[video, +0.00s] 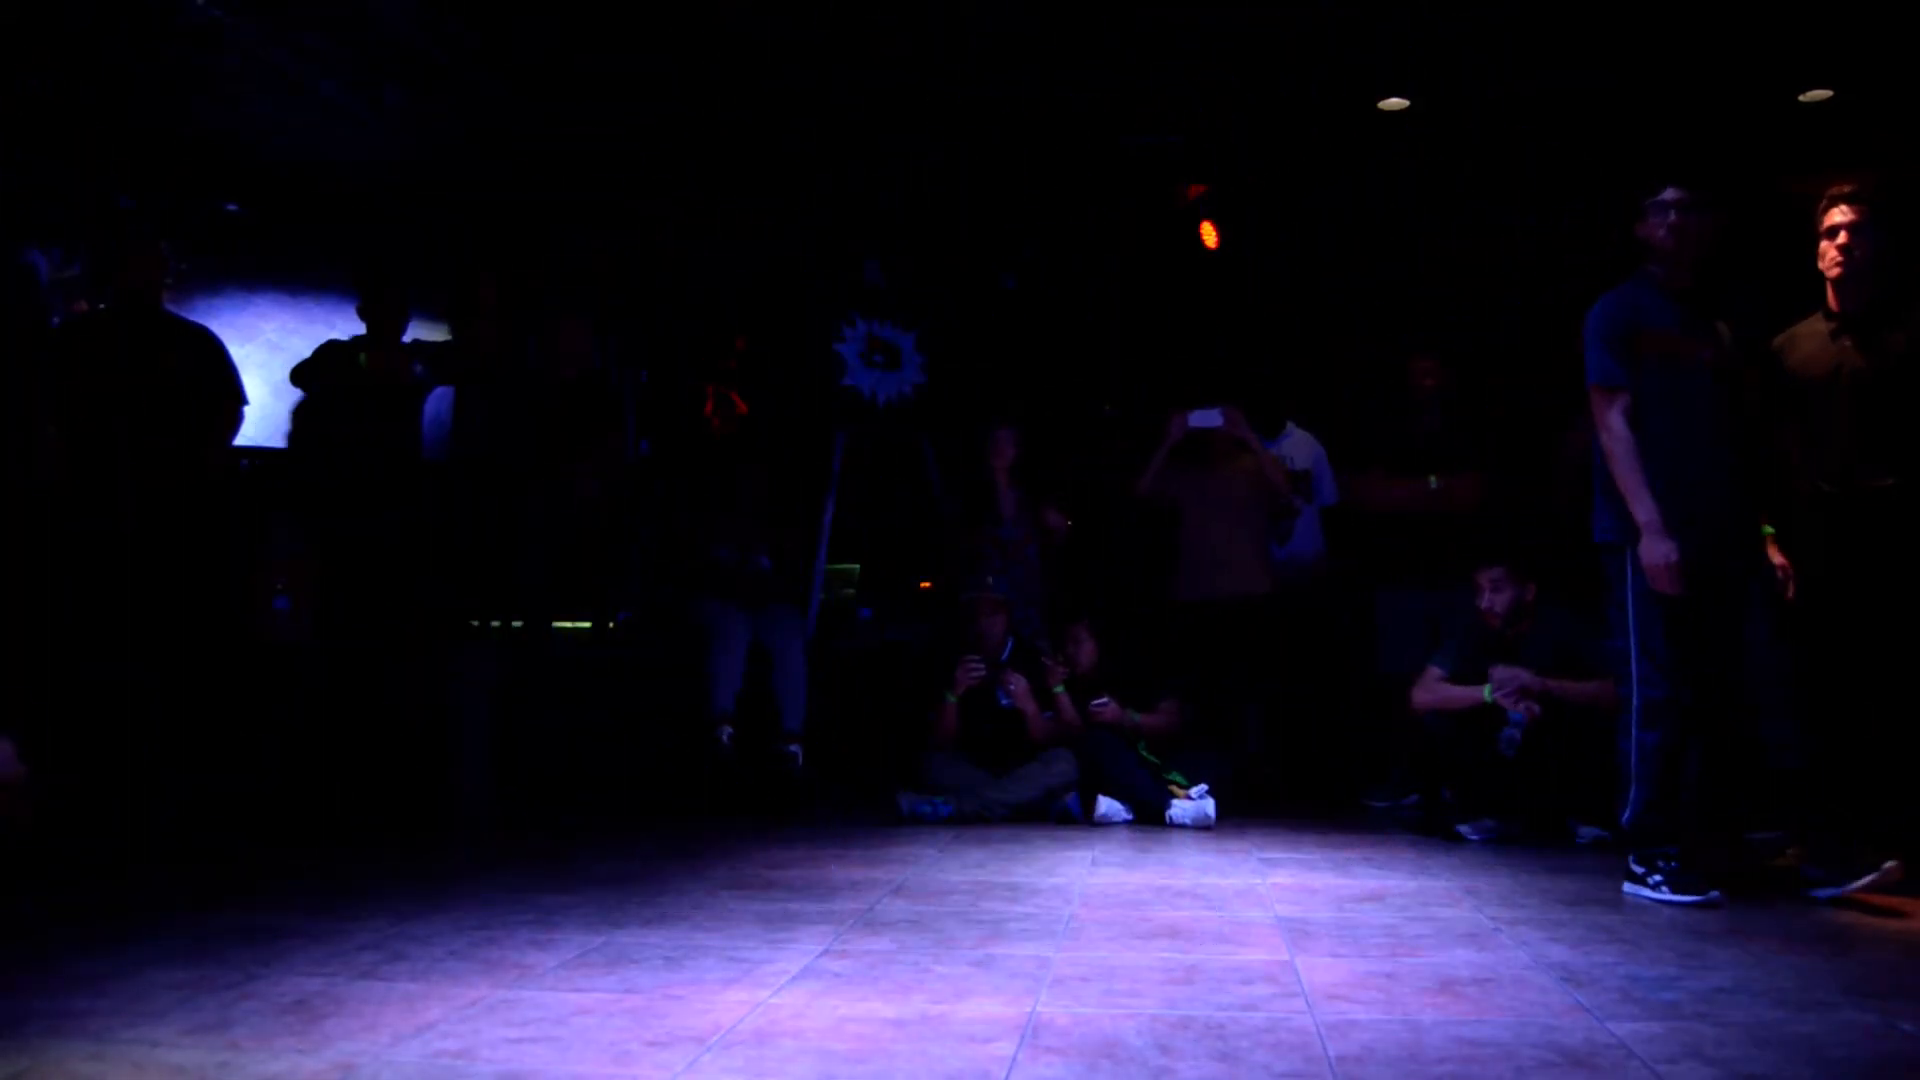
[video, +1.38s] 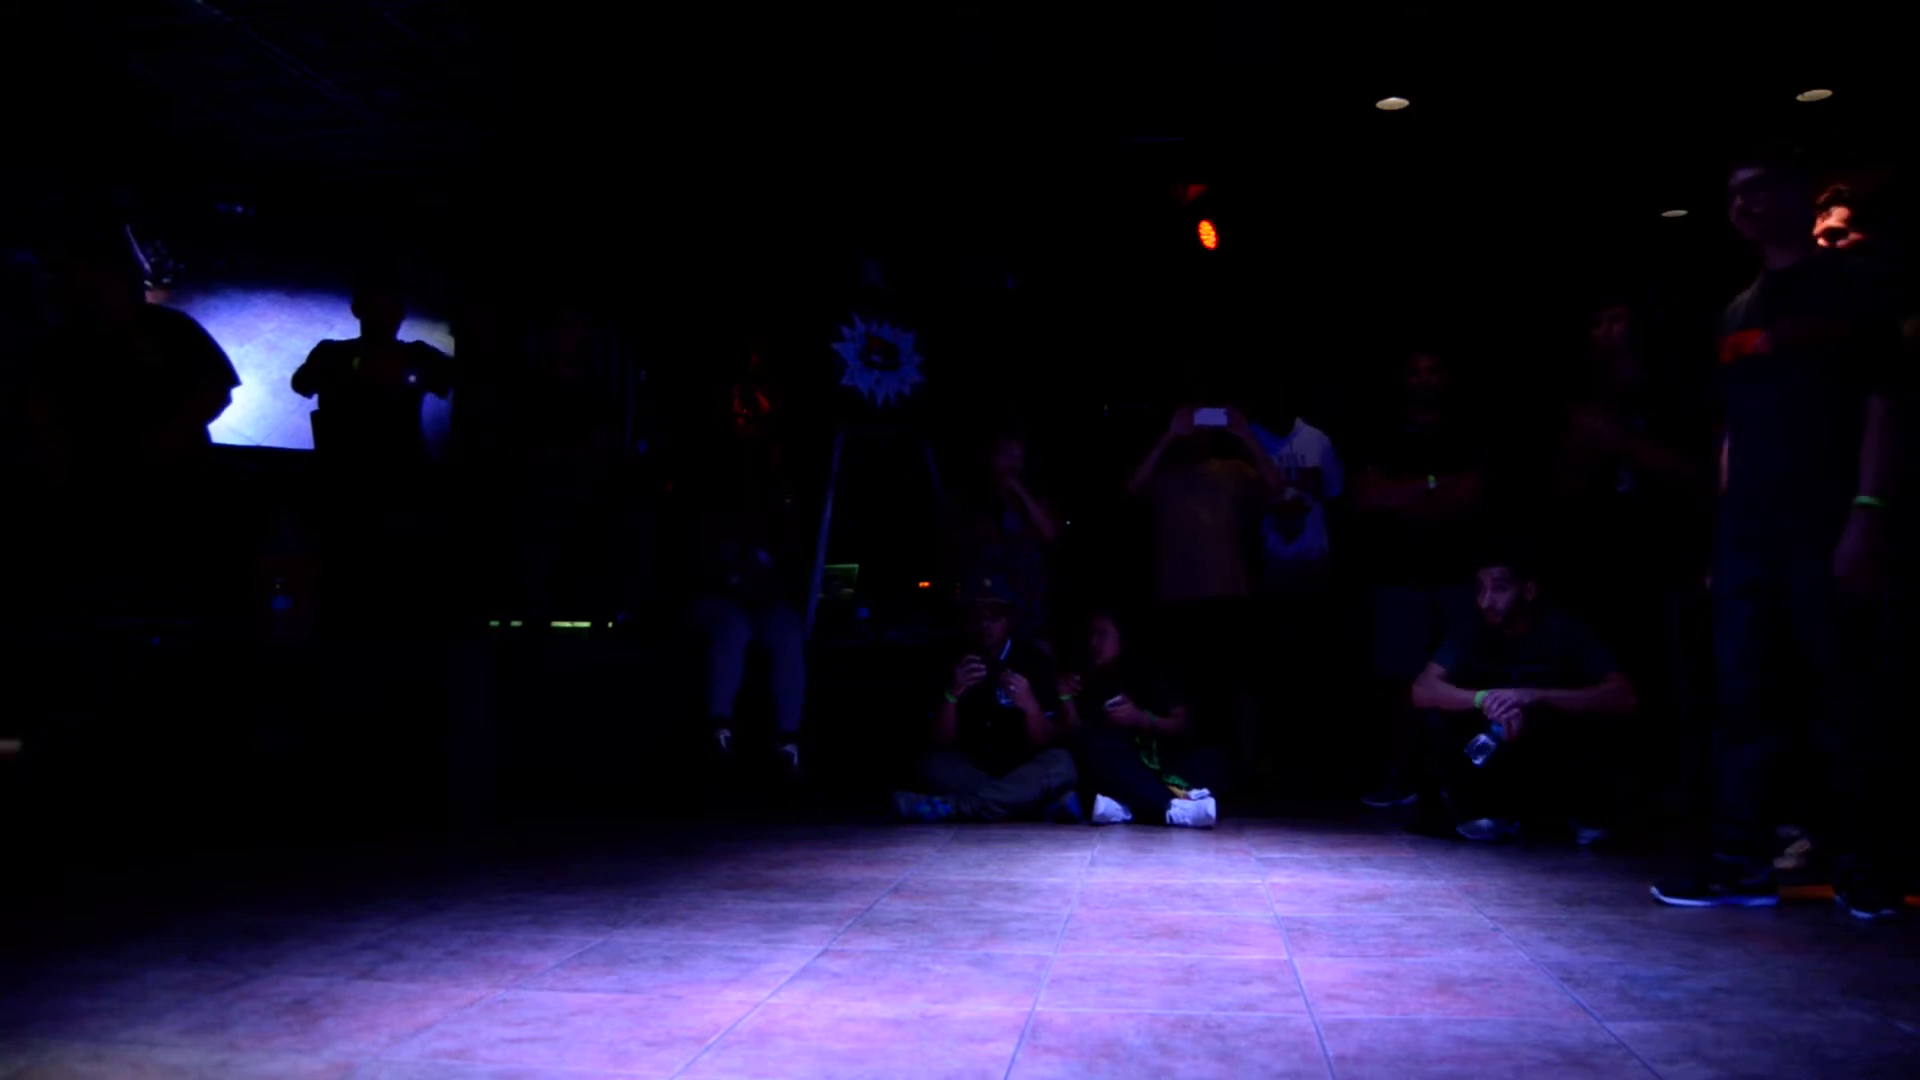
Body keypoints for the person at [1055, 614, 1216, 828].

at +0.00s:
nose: (1072, 652)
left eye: (1079, 643)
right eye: (1068, 645)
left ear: (1098, 644)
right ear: (1063, 650)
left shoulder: (1126, 679)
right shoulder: (1072, 685)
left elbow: (1168, 721)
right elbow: (1075, 730)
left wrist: (1122, 717)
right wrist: (1057, 687)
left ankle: (1127, 807)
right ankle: (1169, 806)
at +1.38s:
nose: (1095, 642)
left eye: (1103, 634)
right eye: (1091, 635)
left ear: (1119, 639)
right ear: (1084, 641)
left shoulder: (1143, 675)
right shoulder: (1082, 680)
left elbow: (1179, 723)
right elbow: (1077, 733)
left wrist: (1138, 718)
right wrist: (1066, 699)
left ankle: (1129, 809)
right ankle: (1169, 807)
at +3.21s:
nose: (1201, 640)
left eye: (1210, 632)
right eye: (1198, 633)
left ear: (1227, 637)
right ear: (1191, 637)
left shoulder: (1248, 677)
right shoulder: (1185, 679)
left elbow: (1275, 729)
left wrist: (1237, 719)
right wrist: (1196, 719)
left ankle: (1210, 810)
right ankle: (1252, 810)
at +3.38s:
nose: (1199, 640)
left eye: (1208, 632)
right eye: (1196, 633)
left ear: (1226, 637)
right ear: (1190, 637)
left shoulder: (1247, 676)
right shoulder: (1184, 679)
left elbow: (1275, 730)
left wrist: (1237, 719)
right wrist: (1195, 719)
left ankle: (1211, 811)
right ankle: (1252, 809)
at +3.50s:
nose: (1203, 642)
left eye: (1211, 634)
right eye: (1199, 634)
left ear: (1227, 638)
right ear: (1191, 639)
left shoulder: (1245, 676)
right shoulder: (1185, 678)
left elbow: (1273, 729)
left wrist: (1237, 717)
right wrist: (1193, 718)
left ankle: (1211, 811)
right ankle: (1251, 809)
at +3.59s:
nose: (1206, 645)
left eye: (1214, 637)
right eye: (1200, 637)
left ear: (1229, 640)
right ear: (1192, 642)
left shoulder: (1248, 677)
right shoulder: (1185, 679)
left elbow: (1274, 729)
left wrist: (1235, 717)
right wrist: (1192, 718)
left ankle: (1211, 811)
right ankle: (1251, 809)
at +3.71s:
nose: (1207, 646)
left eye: (1214, 638)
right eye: (1200, 639)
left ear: (1229, 640)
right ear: (1192, 643)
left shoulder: (1249, 677)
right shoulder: (1186, 678)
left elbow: (1274, 730)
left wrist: (1233, 715)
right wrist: (1189, 718)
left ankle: (1211, 811)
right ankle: (1251, 809)